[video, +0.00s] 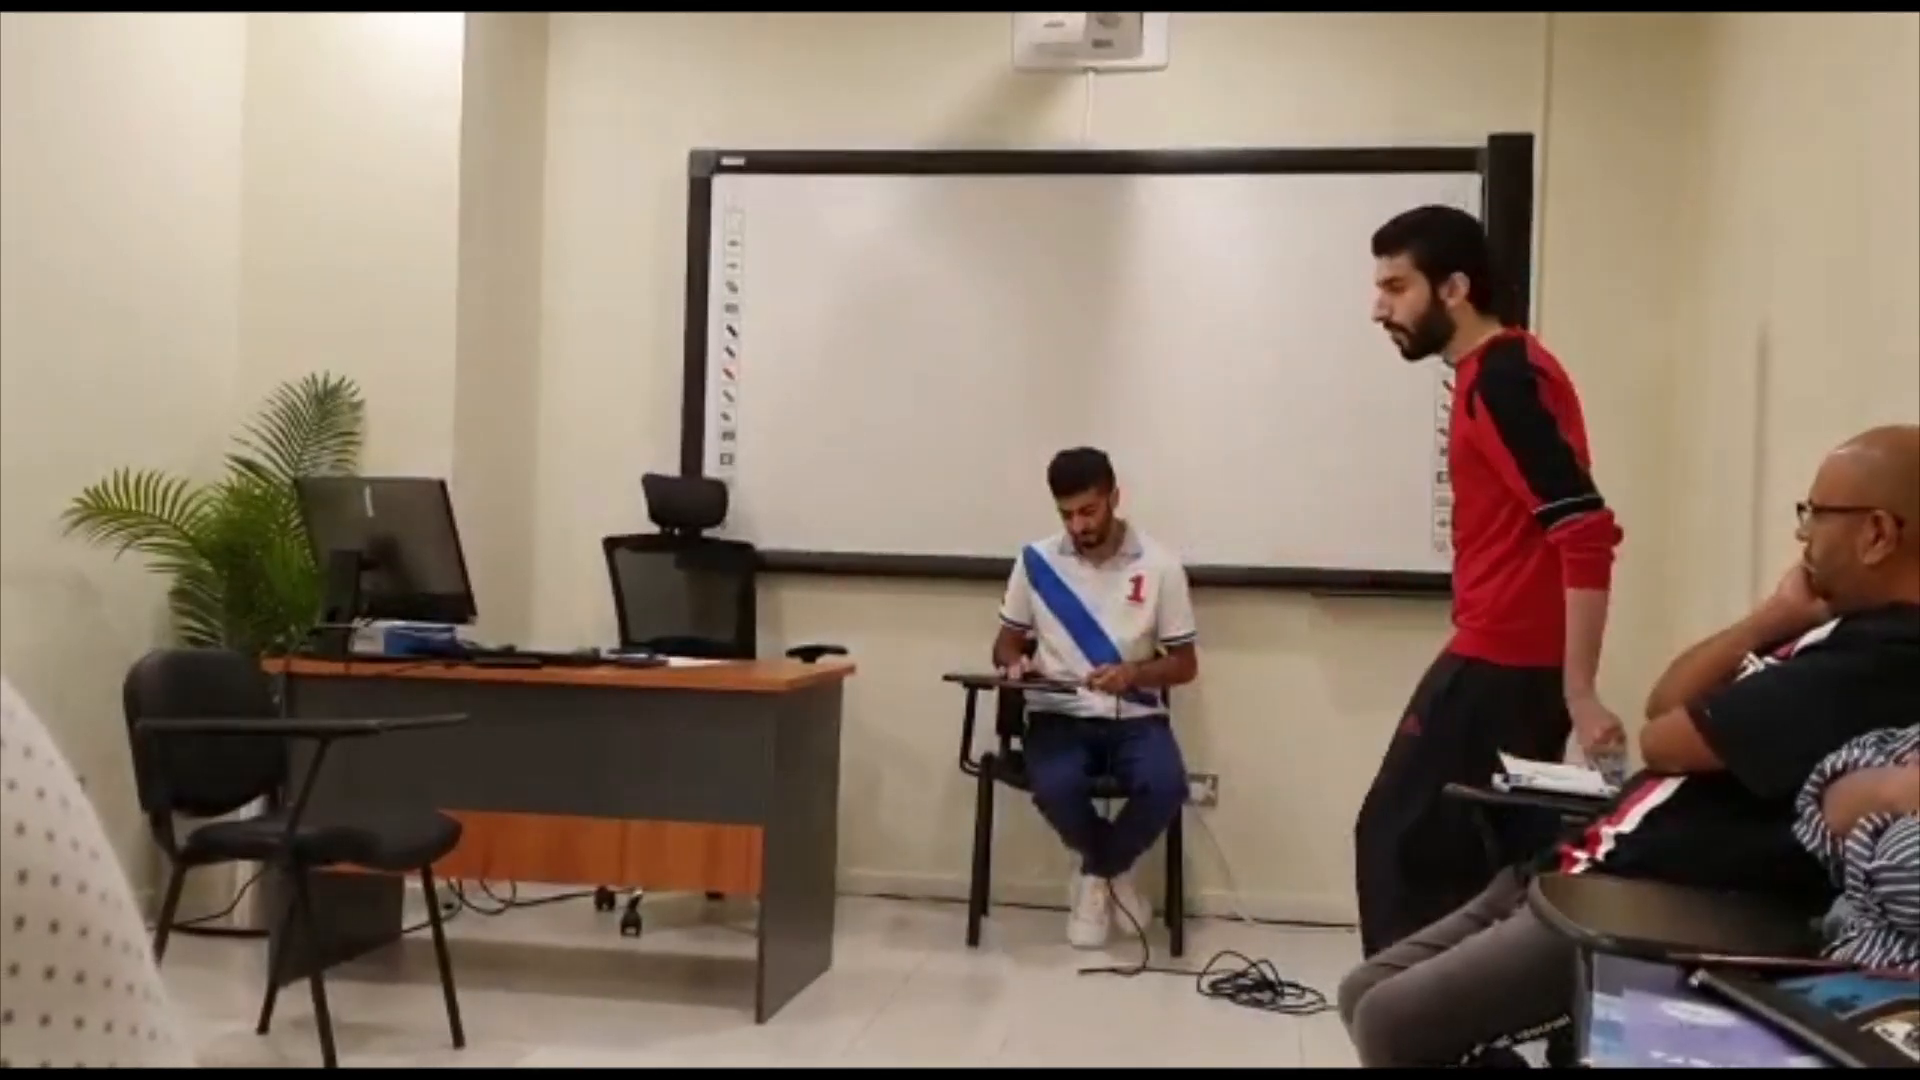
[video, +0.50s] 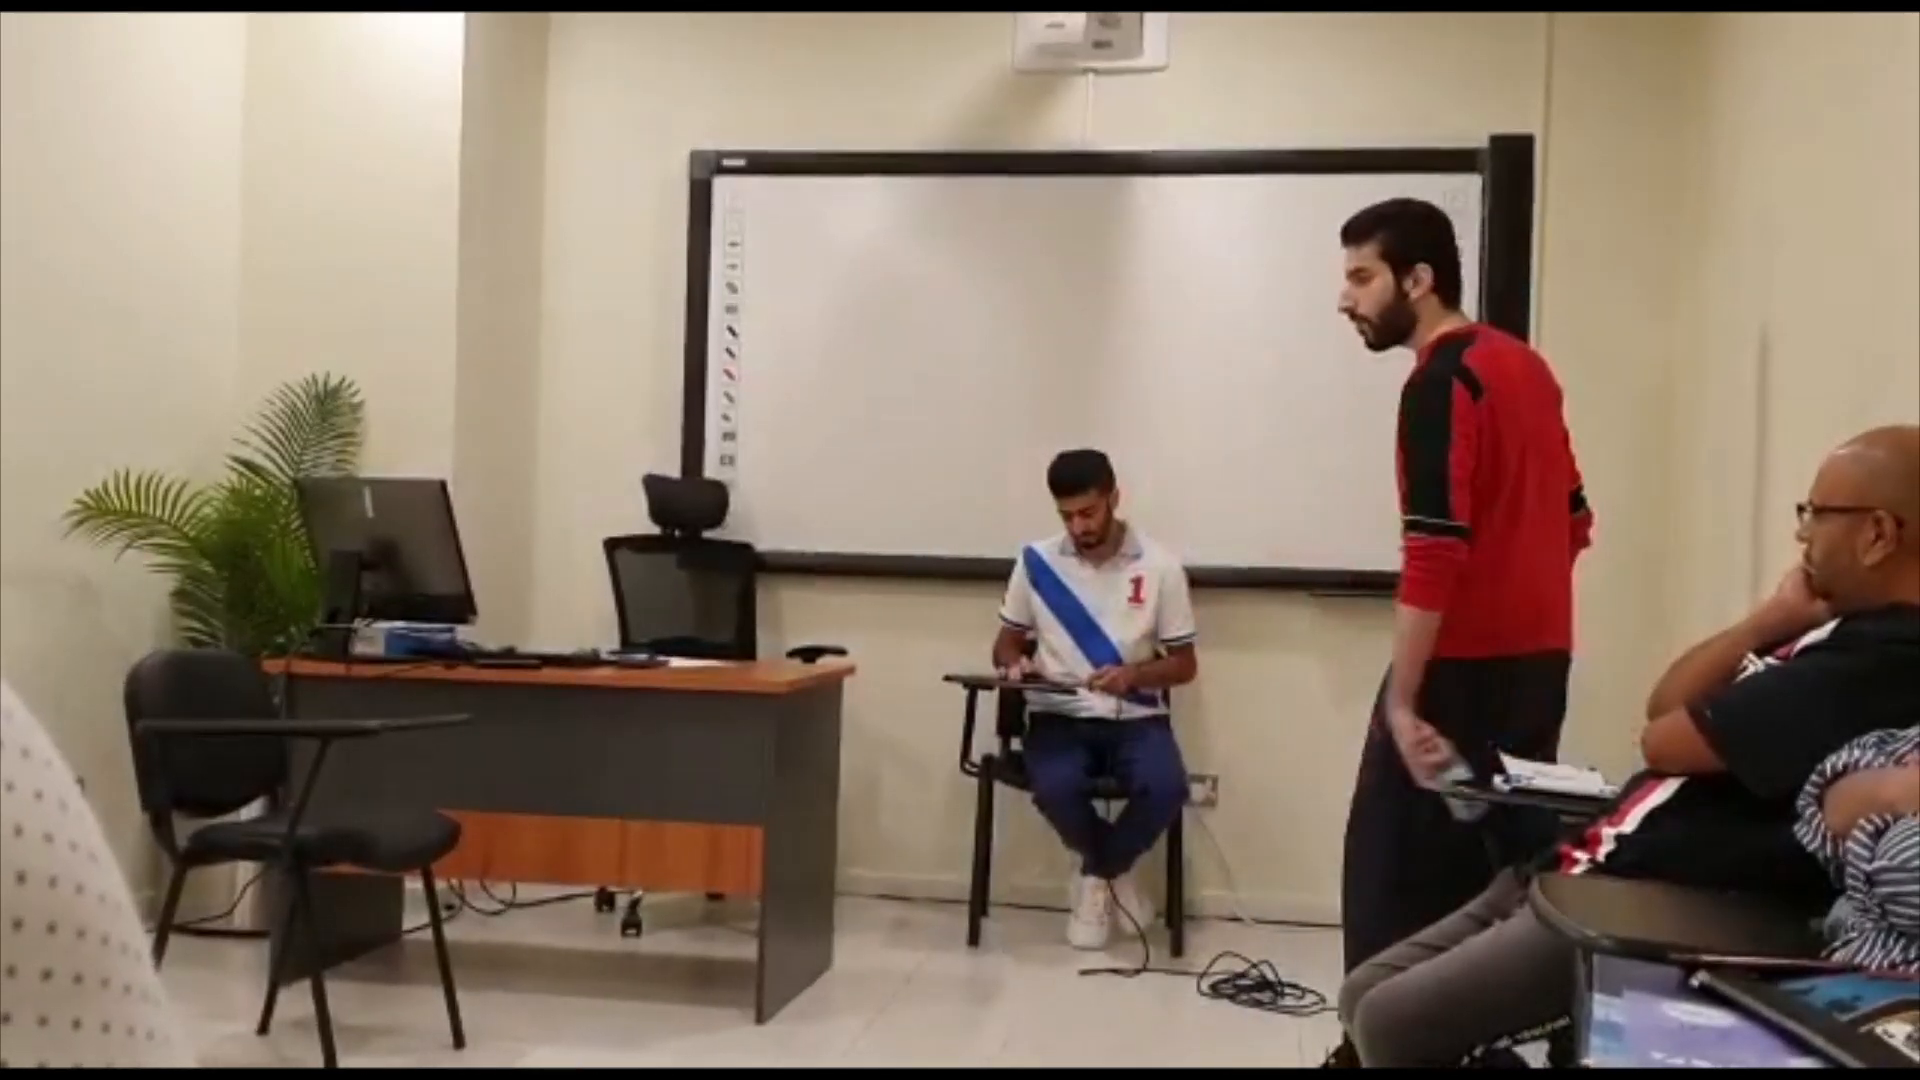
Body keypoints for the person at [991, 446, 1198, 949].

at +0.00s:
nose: (1078, 526)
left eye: (1088, 512)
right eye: (1068, 515)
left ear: (1115, 498)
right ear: (1057, 509)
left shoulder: (1158, 566)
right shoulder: (1036, 562)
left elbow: (1184, 663)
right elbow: (1007, 643)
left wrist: (1132, 674)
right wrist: (1013, 662)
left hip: (1134, 717)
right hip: (1058, 716)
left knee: (1164, 788)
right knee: (1055, 791)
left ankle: (1094, 879)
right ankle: (1115, 869)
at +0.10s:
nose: (1078, 526)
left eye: (1087, 512)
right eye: (1067, 515)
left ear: (1114, 498)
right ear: (1056, 509)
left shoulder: (1158, 567)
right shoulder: (1036, 562)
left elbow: (1184, 663)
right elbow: (1008, 642)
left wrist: (1131, 675)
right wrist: (1014, 662)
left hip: (1134, 717)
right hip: (1058, 716)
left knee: (1163, 789)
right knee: (1055, 791)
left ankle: (1095, 879)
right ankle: (1115, 869)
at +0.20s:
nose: (1078, 527)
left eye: (1088, 512)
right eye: (1068, 515)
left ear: (1115, 499)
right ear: (1057, 510)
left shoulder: (1159, 567)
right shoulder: (1035, 563)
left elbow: (1184, 663)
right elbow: (1007, 644)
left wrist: (1132, 676)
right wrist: (1014, 662)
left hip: (1134, 717)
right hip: (1058, 716)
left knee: (1164, 789)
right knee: (1055, 791)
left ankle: (1095, 879)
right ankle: (1115, 868)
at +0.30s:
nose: (1078, 527)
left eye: (1087, 512)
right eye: (1067, 516)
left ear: (1114, 499)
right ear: (1057, 510)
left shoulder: (1158, 566)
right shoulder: (1036, 562)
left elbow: (1183, 663)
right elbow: (1008, 643)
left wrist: (1131, 676)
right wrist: (1013, 663)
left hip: (1134, 718)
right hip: (1058, 717)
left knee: (1164, 789)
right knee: (1054, 792)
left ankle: (1095, 879)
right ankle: (1115, 870)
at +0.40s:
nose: (1078, 527)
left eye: (1088, 513)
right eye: (1068, 516)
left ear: (1115, 499)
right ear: (1057, 511)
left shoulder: (1159, 567)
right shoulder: (1036, 562)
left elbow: (1184, 663)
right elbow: (1008, 643)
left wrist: (1131, 676)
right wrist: (1014, 663)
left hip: (1134, 717)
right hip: (1058, 716)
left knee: (1164, 789)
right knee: (1055, 792)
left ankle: (1095, 880)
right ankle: (1114, 869)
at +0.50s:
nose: (1078, 528)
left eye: (1088, 513)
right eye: (1068, 516)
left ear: (1114, 499)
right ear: (1057, 510)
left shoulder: (1159, 567)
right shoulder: (1036, 563)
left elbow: (1183, 664)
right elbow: (1008, 641)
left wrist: (1132, 676)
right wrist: (1012, 662)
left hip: (1135, 718)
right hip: (1058, 717)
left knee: (1164, 790)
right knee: (1054, 791)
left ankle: (1095, 879)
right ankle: (1115, 868)